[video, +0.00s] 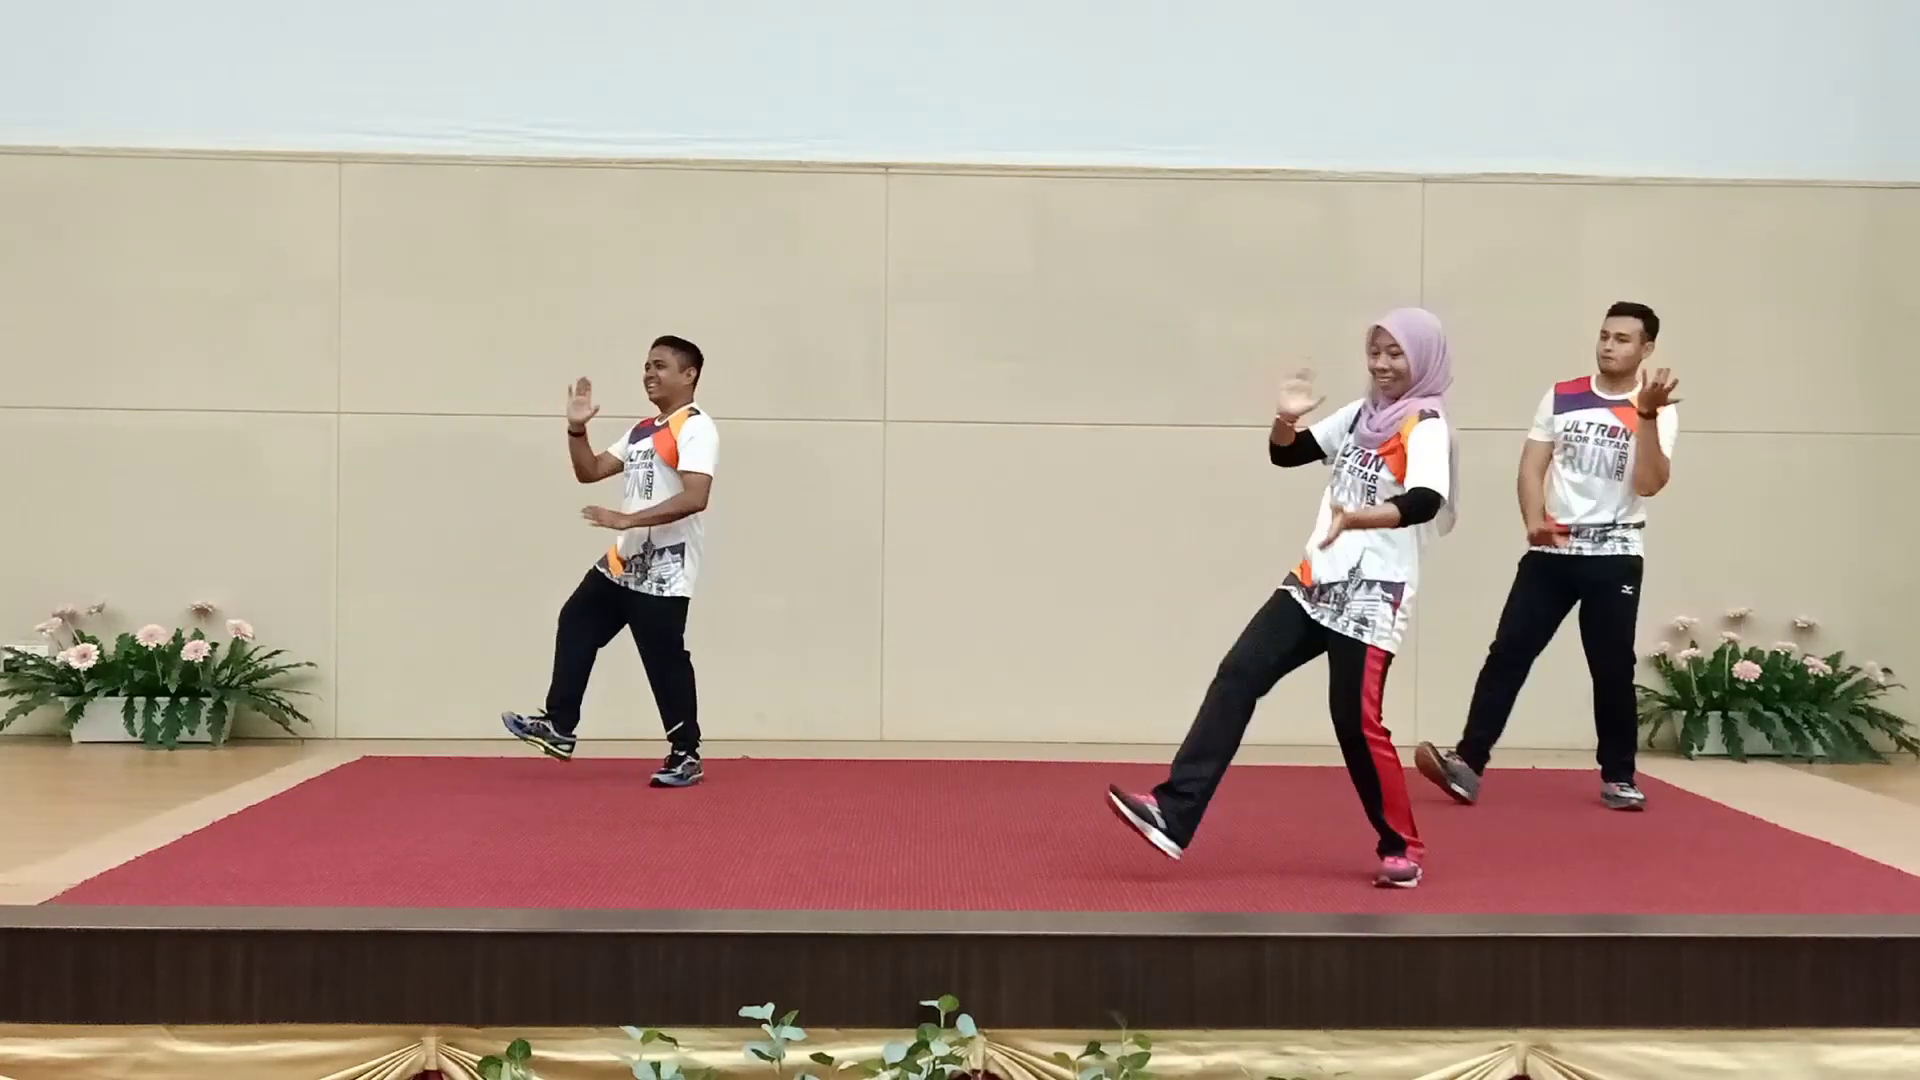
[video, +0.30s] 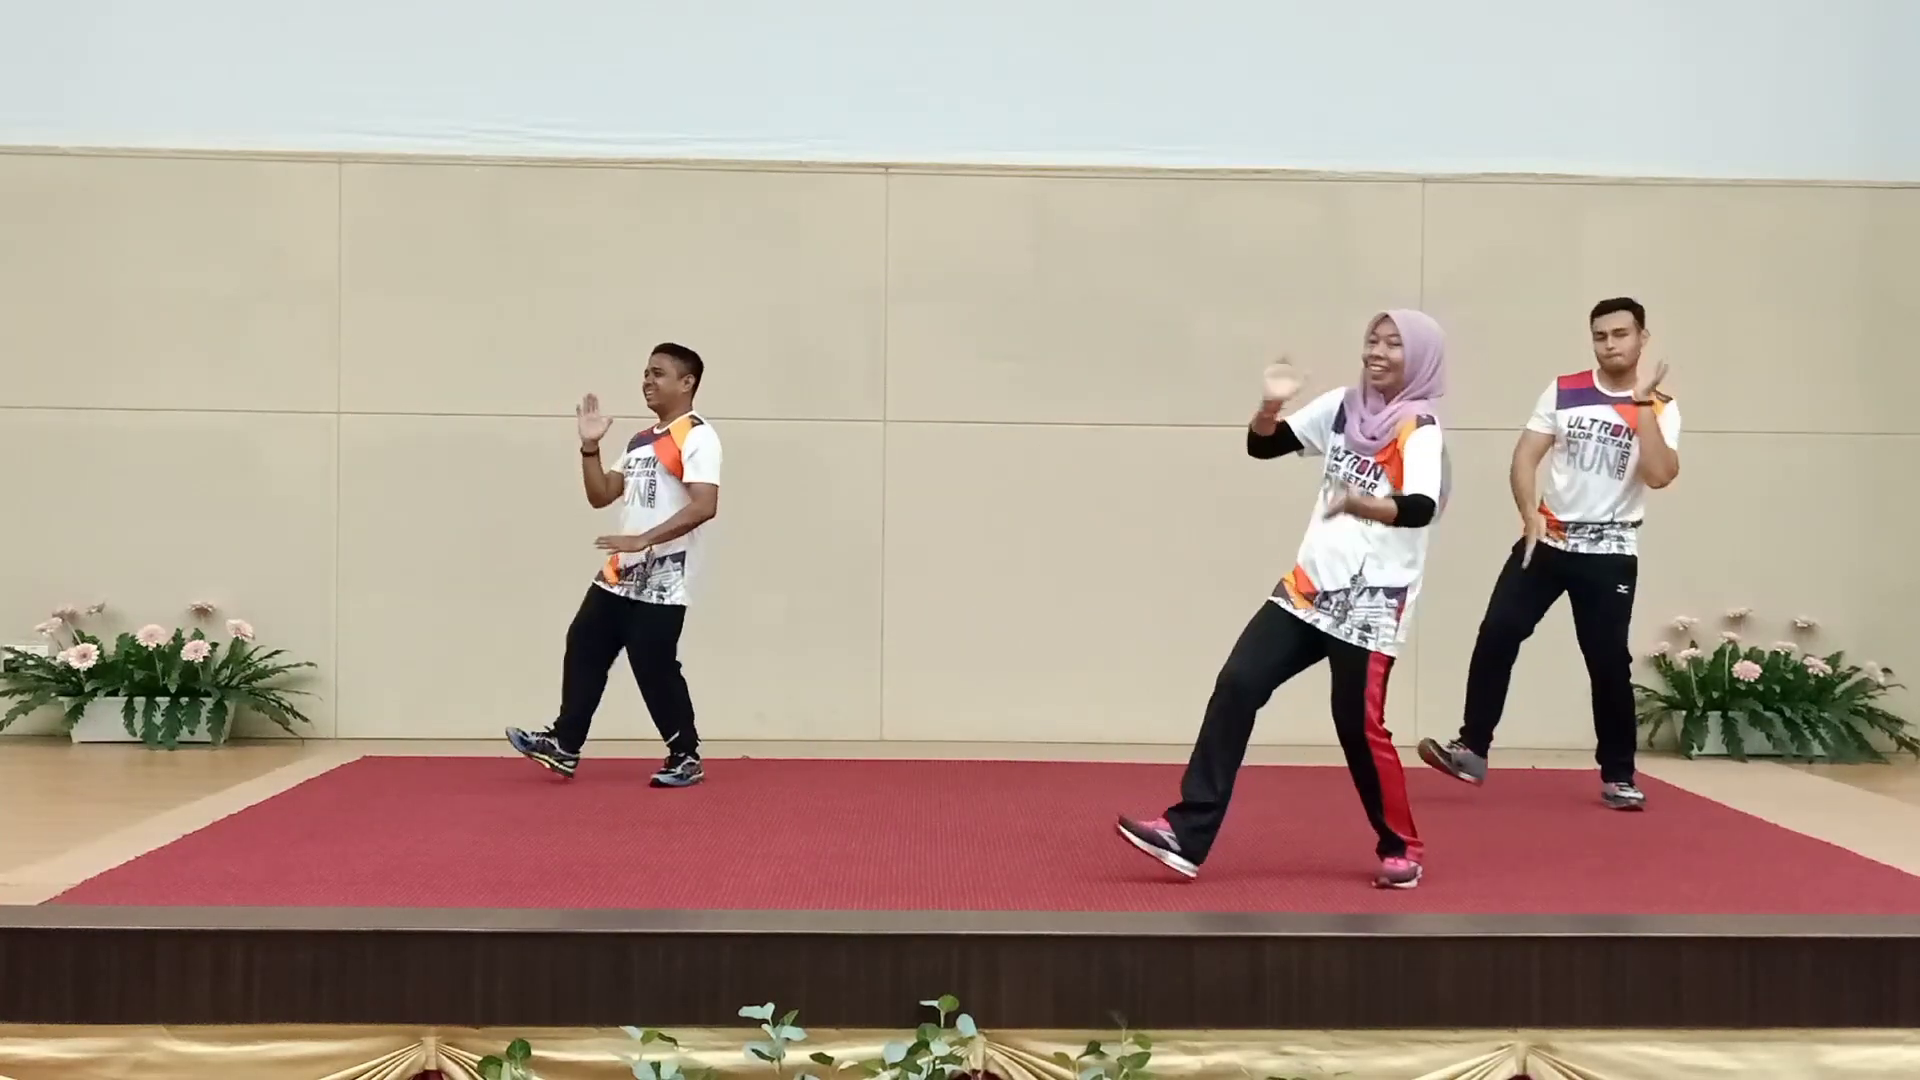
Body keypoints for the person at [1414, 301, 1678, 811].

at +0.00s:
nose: (1610, 346)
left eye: (1623, 339)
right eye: (1606, 336)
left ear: (1646, 349)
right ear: (1597, 340)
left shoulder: (1656, 410)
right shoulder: (1561, 397)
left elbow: (1649, 484)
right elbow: (1530, 469)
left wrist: (1647, 415)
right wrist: (1535, 522)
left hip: (1614, 554)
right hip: (1552, 549)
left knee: (1613, 671)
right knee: (1508, 652)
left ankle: (1619, 778)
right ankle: (1468, 765)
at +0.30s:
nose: (1611, 343)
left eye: (1621, 334)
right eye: (1601, 336)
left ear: (1642, 339)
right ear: (1591, 343)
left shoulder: (1658, 408)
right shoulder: (1563, 392)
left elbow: (1659, 475)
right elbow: (1524, 460)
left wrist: (1643, 401)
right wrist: (1530, 514)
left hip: (1609, 551)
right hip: (1546, 542)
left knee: (1609, 665)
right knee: (1497, 634)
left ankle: (1619, 777)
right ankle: (1472, 750)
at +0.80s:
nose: (1493, 342)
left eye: (1501, 331)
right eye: (1481, 336)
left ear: (1519, 336)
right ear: (1470, 348)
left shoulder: (1557, 398)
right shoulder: (1460, 404)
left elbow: (1598, 467)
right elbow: (1449, 471)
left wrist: (1573, 500)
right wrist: (1471, 405)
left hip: (1544, 556)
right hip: (1478, 554)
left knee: (1579, 665)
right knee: (1452, 657)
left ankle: (1617, 775)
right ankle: (1435, 773)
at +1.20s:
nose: (1406, 331)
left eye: (1410, 322)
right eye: (1393, 328)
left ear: (1422, 328)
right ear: (1376, 343)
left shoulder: (1450, 390)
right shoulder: (1361, 402)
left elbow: (1493, 448)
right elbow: (1345, 473)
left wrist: (1467, 398)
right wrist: (1367, 519)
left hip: (1446, 546)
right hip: (1392, 547)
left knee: (1446, 656)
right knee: (1411, 659)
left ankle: (1368, 736)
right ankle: (1429, 773)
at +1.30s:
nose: (1387, 339)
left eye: (1390, 329)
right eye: (1372, 335)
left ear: (1402, 336)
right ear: (1355, 350)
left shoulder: (1426, 400)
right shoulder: (1340, 410)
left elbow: (1474, 452)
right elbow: (1327, 487)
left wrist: (1443, 406)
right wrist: (1351, 538)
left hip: (1416, 554)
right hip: (1369, 553)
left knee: (1397, 664)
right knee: (1398, 660)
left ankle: (1329, 759)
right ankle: (1424, 771)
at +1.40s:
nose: (1372, 342)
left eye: (1376, 332)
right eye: (1359, 337)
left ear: (1387, 338)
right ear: (1341, 352)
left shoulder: (1410, 399)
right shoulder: (1325, 411)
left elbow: (1460, 458)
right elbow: (1314, 489)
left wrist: (1427, 423)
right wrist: (1346, 531)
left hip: (1400, 552)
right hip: (1351, 550)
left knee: (1384, 661)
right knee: (1382, 653)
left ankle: (1324, 765)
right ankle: (1409, 768)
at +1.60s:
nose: (1325, 333)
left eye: (1329, 324)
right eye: (1312, 328)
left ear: (1340, 329)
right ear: (1294, 341)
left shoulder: (1372, 393)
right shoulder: (1278, 397)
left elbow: (1404, 454)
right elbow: (1274, 465)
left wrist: (1397, 463)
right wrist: (1319, 453)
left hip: (1356, 540)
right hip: (1303, 534)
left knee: (1354, 654)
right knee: (1313, 636)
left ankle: (1324, 764)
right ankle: (1285, 754)